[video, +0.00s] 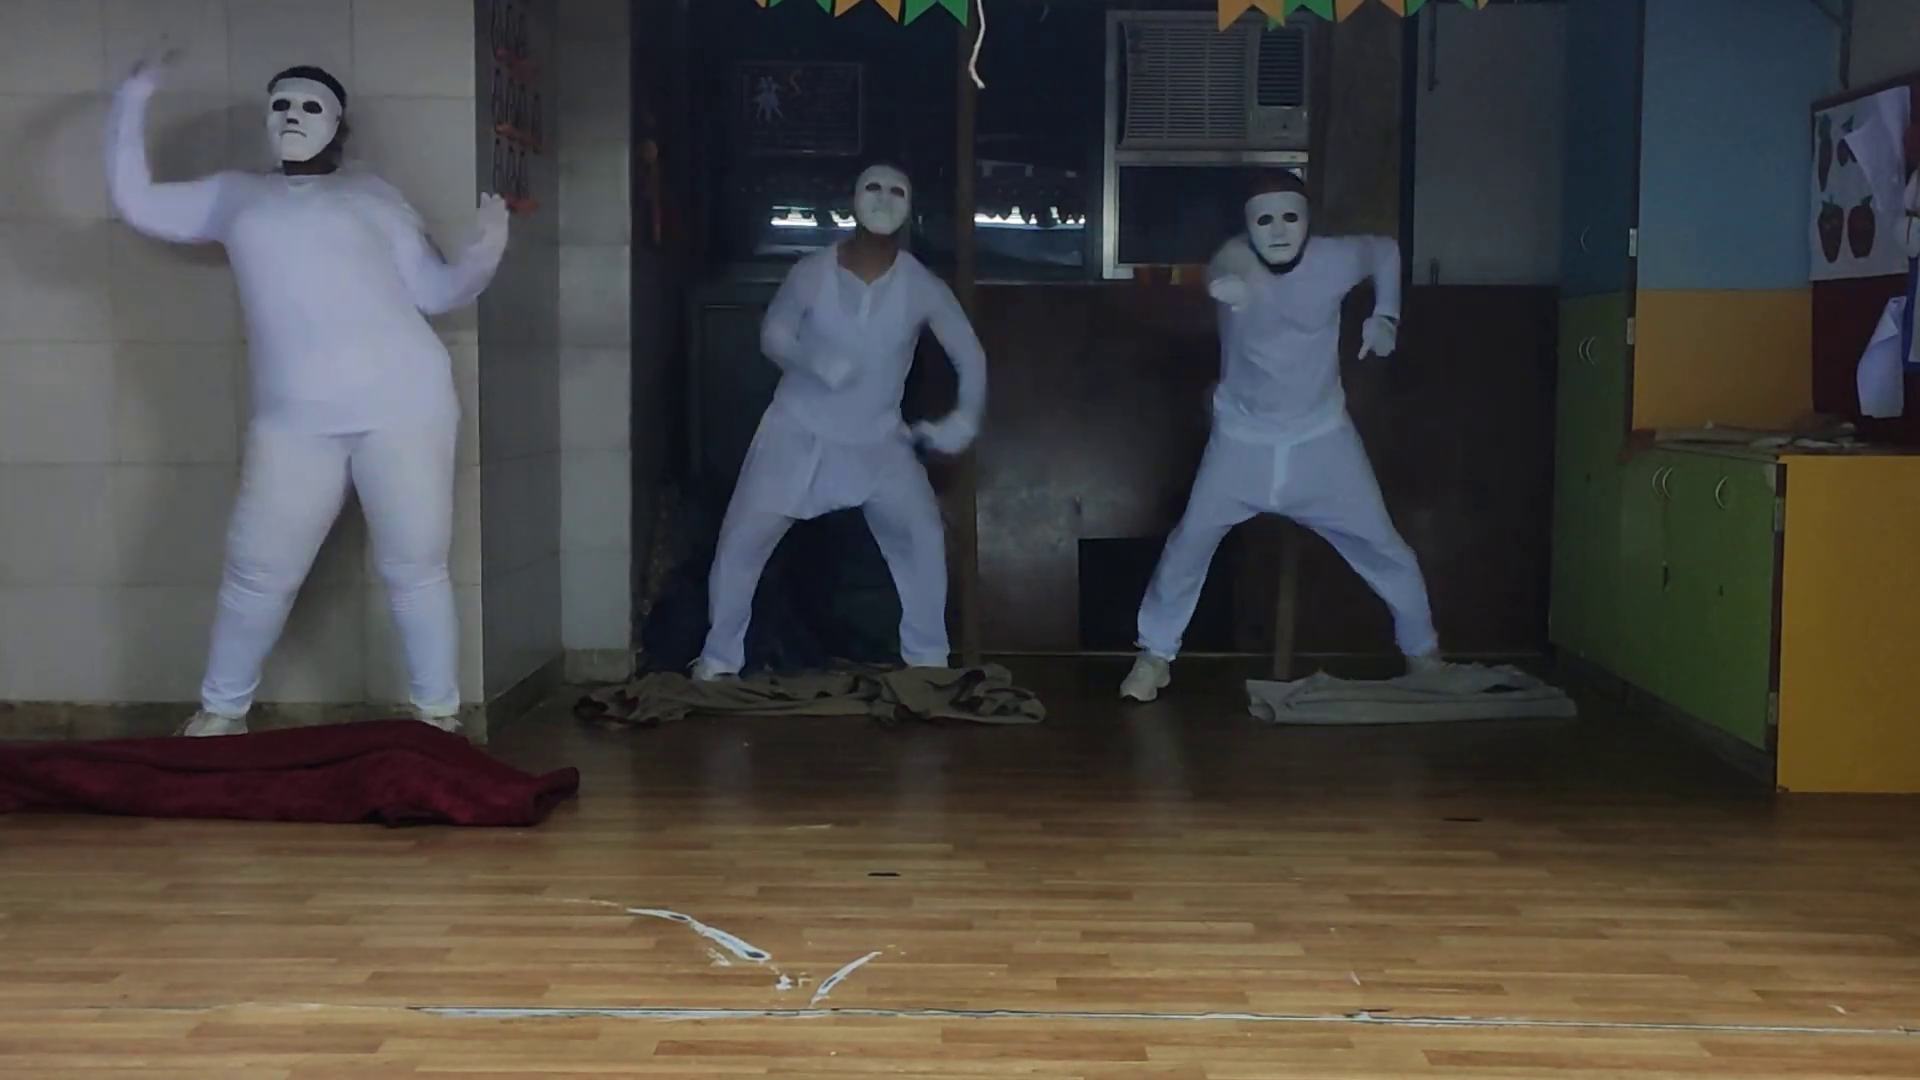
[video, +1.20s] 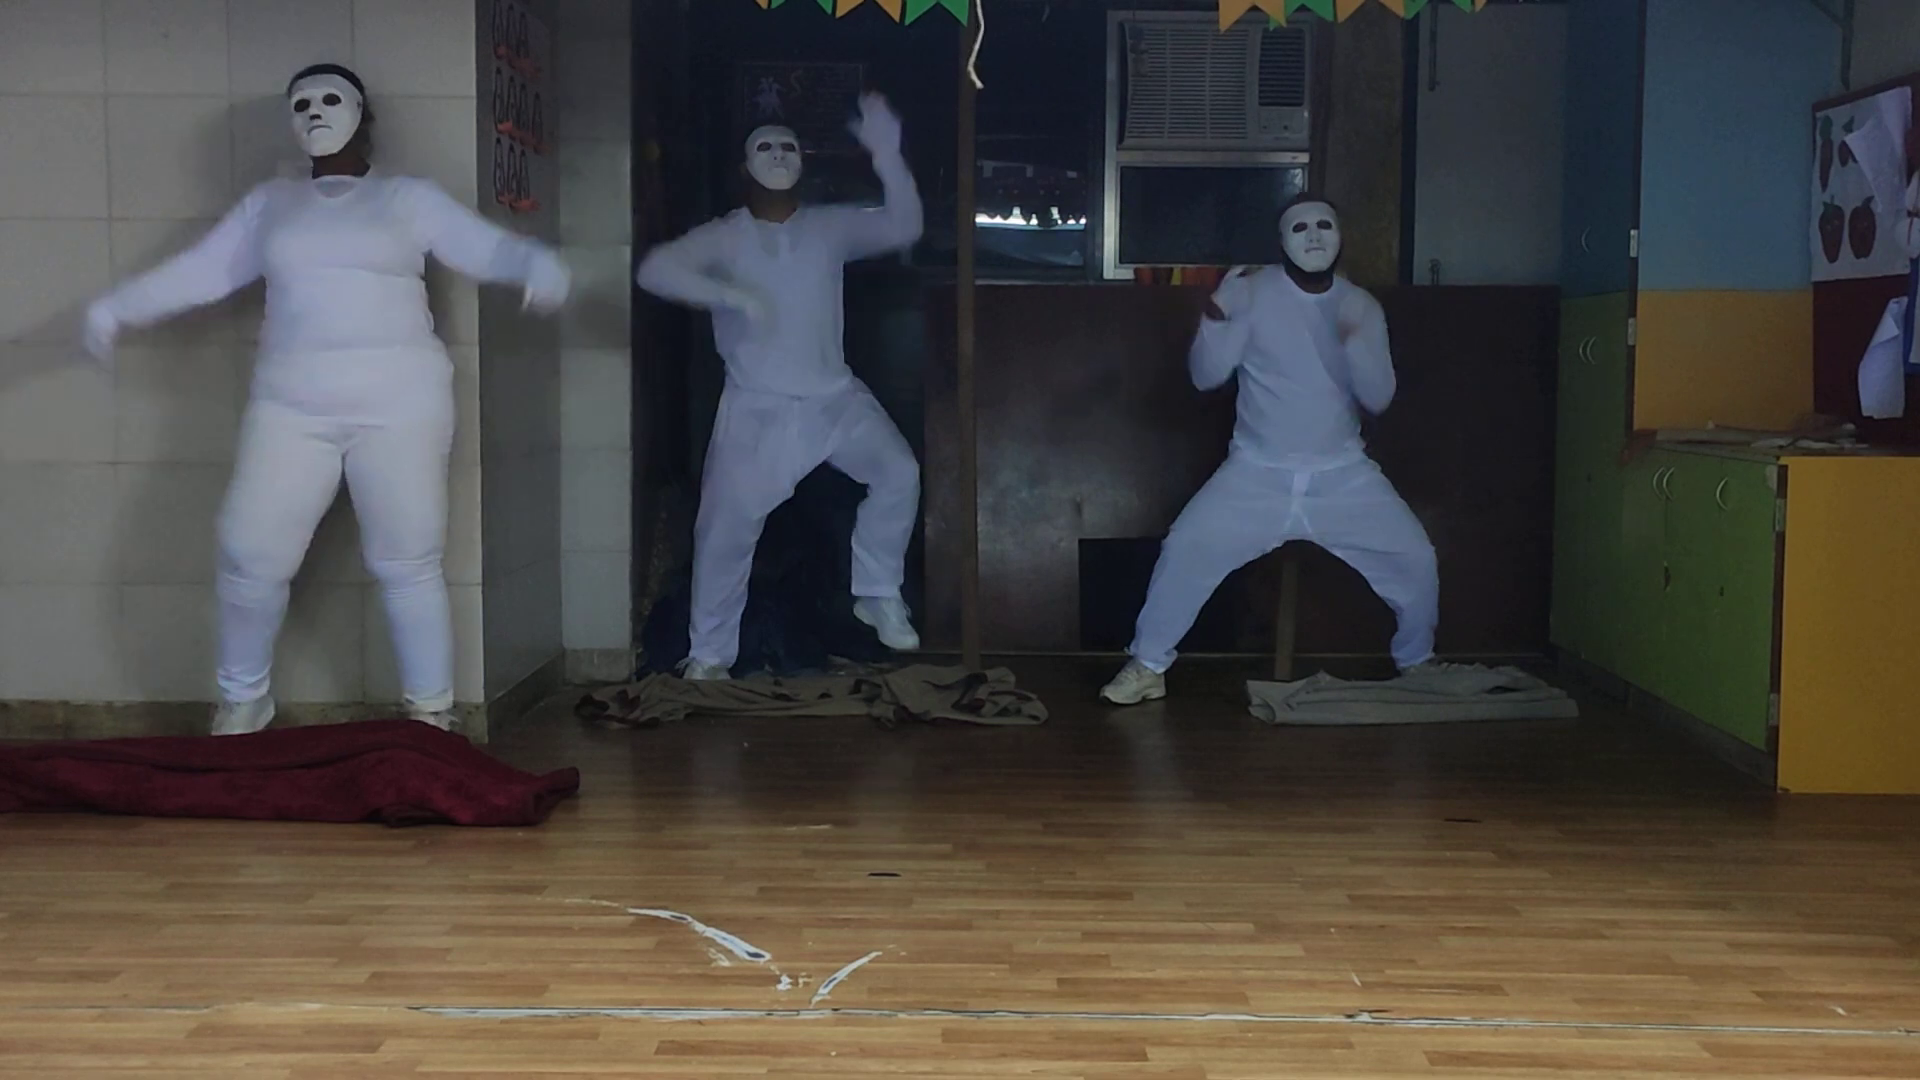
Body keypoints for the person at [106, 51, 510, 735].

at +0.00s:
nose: (292, 118)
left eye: (310, 108)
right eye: (281, 106)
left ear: (338, 123)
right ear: (266, 117)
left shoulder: (376, 199)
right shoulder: (238, 197)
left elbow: (435, 292)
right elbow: (139, 203)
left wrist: (485, 249)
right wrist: (132, 104)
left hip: (404, 408)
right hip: (296, 414)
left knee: (416, 570)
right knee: (257, 573)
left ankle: (439, 719)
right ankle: (220, 717)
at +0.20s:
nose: (322, 128)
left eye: (339, 116)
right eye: (309, 115)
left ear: (367, 130)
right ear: (295, 127)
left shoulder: (404, 206)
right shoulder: (265, 203)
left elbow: (493, 262)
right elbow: (169, 160)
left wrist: (506, 183)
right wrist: (133, 68)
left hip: (414, 414)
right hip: (308, 420)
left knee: (424, 572)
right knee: (271, 573)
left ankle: (439, 719)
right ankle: (239, 715)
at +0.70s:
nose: (303, 127)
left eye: (320, 116)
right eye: (291, 117)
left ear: (347, 130)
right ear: (277, 130)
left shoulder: (389, 212)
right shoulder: (246, 202)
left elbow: (475, 256)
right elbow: (158, 228)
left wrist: (478, 195)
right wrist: (75, 172)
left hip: (346, 418)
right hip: (239, 415)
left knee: (376, 573)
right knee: (237, 572)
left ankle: (431, 716)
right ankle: (247, 716)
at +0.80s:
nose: (307, 106)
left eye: (324, 95)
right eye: (294, 93)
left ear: (349, 109)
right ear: (277, 104)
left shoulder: (381, 193)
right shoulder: (243, 185)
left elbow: (453, 270)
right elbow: (156, 229)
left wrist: (532, 197)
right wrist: (57, 185)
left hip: (367, 401)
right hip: (257, 401)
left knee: (398, 559)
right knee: (250, 561)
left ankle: (432, 711)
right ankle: (246, 713)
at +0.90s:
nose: (316, 110)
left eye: (332, 100)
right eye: (303, 99)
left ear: (356, 116)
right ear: (285, 112)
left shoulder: (386, 195)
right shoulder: (248, 190)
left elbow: (460, 278)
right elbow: (161, 245)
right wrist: (63, 245)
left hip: (389, 400)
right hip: (281, 403)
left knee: (406, 562)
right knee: (263, 568)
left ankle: (430, 714)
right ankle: (252, 716)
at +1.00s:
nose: (326, 129)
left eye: (342, 120)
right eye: (314, 119)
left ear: (367, 137)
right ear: (297, 135)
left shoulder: (400, 222)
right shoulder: (264, 220)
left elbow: (457, 311)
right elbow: (191, 290)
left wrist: (513, 380)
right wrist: (103, 332)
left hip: (407, 423)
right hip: (299, 427)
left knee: (415, 572)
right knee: (268, 574)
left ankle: (429, 713)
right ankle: (260, 713)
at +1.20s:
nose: (316, 116)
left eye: (331, 102)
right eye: (303, 108)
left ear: (361, 116)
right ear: (291, 126)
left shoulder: (407, 201)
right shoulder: (270, 208)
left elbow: (482, 245)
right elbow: (202, 270)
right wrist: (116, 307)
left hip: (398, 408)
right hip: (291, 408)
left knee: (407, 562)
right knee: (251, 558)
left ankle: (430, 716)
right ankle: (241, 706)